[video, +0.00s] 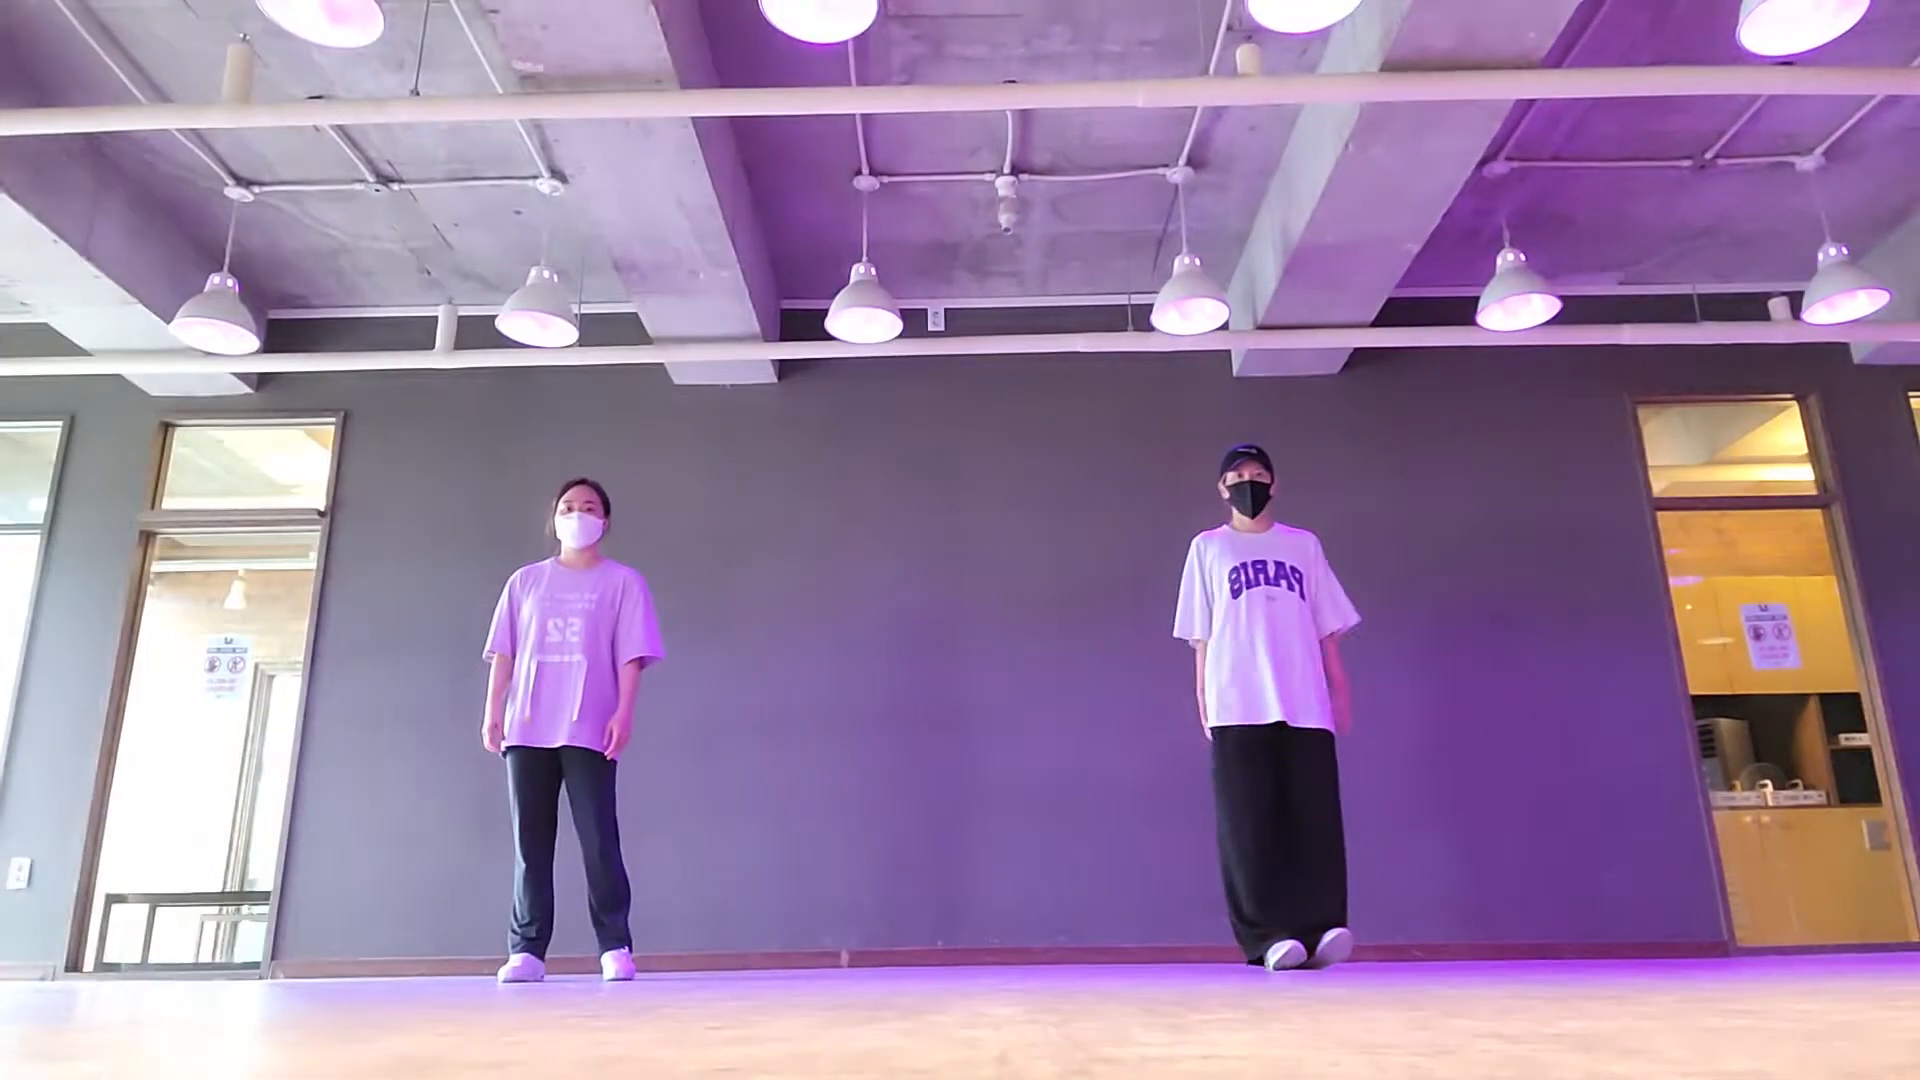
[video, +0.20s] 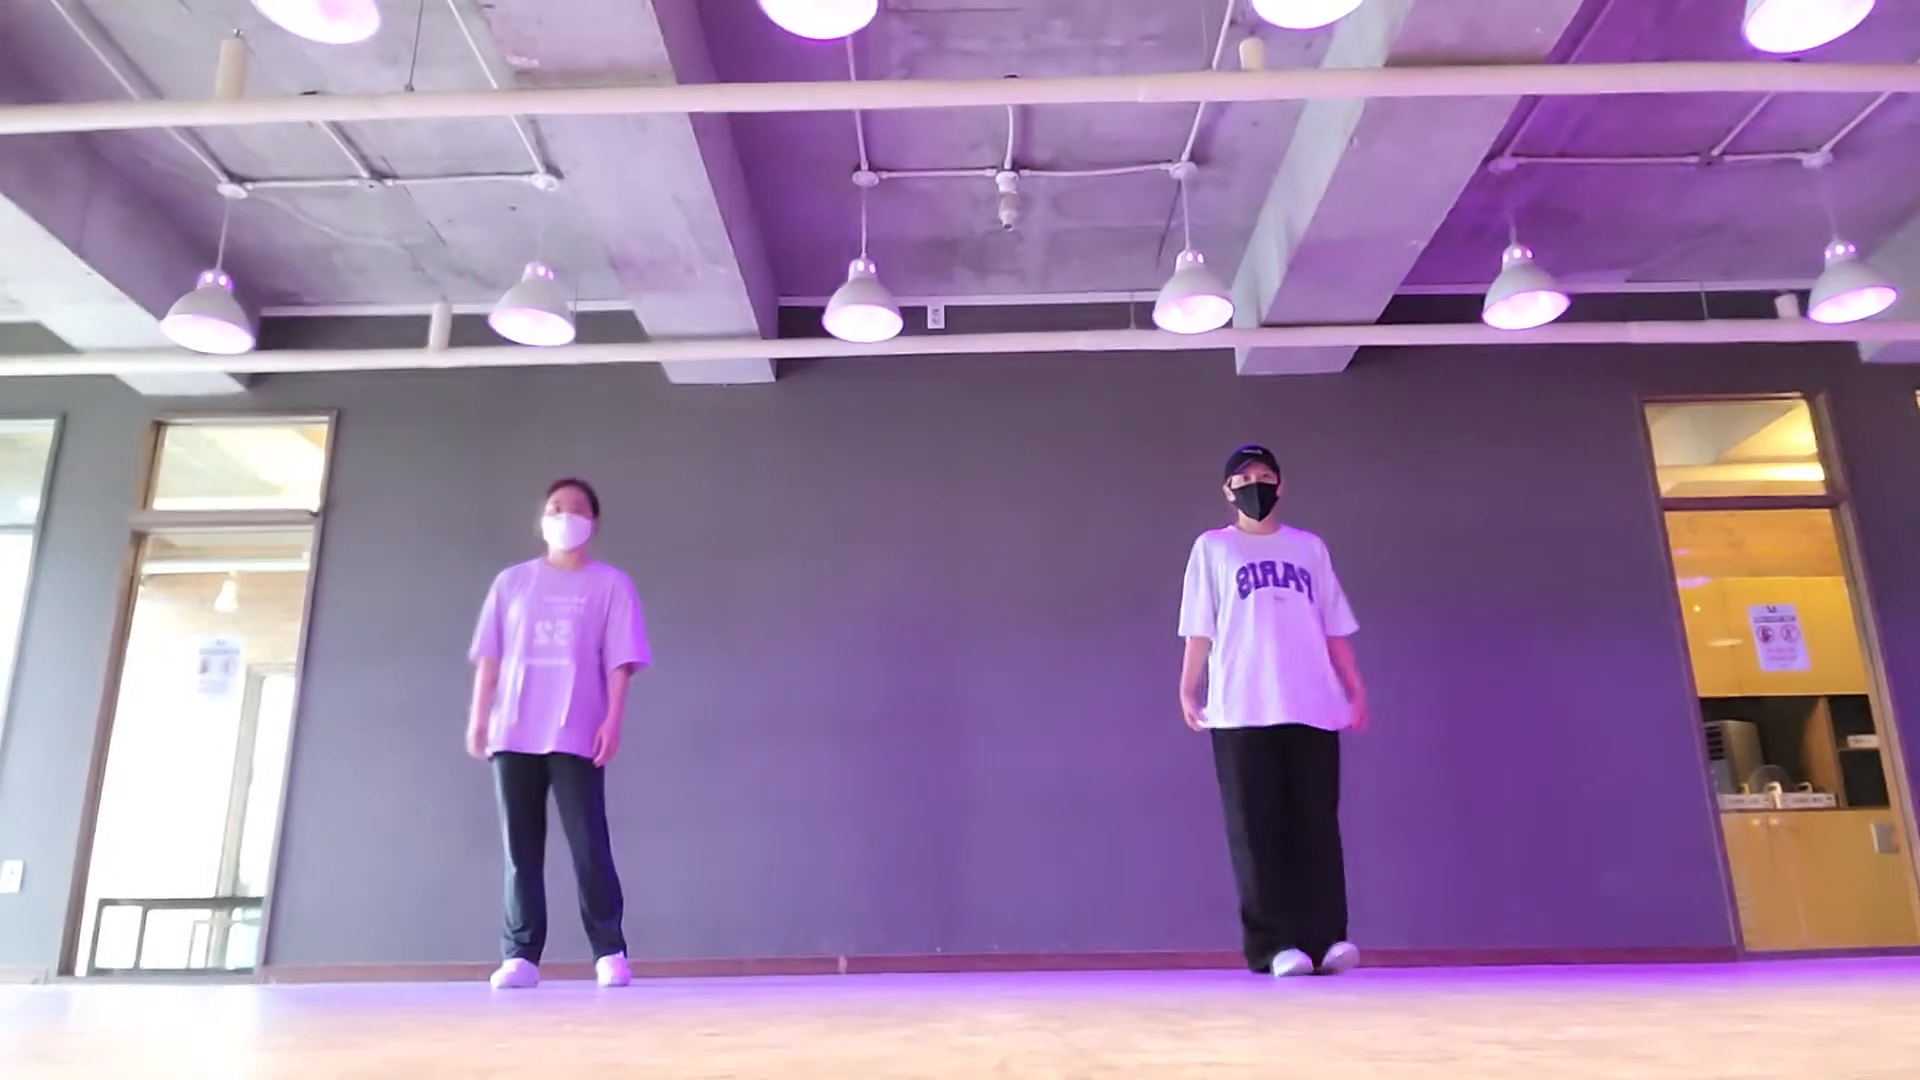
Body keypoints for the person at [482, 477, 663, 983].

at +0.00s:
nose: (578, 515)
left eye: (589, 509)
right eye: (568, 508)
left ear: (605, 524)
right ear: (554, 522)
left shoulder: (623, 581)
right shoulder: (525, 580)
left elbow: (632, 656)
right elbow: (503, 653)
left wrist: (624, 714)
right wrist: (494, 711)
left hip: (588, 728)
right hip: (527, 728)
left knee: (599, 843)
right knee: (530, 846)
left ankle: (615, 948)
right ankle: (526, 952)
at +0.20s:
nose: (564, 519)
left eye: (576, 512)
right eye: (555, 511)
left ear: (593, 525)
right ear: (541, 521)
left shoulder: (611, 585)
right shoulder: (510, 582)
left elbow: (620, 662)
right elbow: (488, 657)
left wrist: (613, 721)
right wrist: (479, 716)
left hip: (575, 734)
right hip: (514, 733)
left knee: (589, 848)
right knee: (520, 852)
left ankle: (610, 953)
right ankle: (519, 957)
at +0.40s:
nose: (556, 521)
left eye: (568, 513)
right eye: (547, 512)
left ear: (585, 525)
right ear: (531, 521)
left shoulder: (603, 586)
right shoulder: (500, 582)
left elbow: (611, 665)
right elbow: (476, 657)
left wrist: (604, 724)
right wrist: (466, 716)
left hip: (567, 736)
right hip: (504, 734)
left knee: (583, 850)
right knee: (514, 854)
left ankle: (606, 955)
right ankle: (516, 958)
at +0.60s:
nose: (559, 520)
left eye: (570, 513)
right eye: (550, 512)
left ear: (587, 525)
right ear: (535, 521)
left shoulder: (605, 586)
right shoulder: (504, 582)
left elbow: (612, 663)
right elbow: (480, 655)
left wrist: (606, 721)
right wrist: (472, 712)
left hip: (571, 732)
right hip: (509, 731)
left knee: (589, 845)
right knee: (519, 849)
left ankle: (612, 949)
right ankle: (522, 953)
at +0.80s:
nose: (559, 514)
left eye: (571, 509)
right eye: (550, 508)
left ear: (587, 525)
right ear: (536, 522)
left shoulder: (606, 584)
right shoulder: (506, 582)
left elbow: (613, 660)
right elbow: (485, 655)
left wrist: (607, 717)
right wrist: (476, 712)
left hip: (573, 730)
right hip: (511, 731)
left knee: (590, 843)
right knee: (522, 848)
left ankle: (613, 948)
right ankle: (524, 952)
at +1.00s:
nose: (560, 513)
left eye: (571, 507)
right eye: (551, 507)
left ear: (588, 523)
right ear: (537, 522)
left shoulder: (607, 583)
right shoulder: (508, 582)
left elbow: (616, 658)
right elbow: (487, 656)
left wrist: (609, 714)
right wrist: (478, 712)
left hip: (575, 728)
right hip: (514, 728)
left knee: (588, 838)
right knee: (524, 844)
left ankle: (610, 947)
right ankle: (524, 952)